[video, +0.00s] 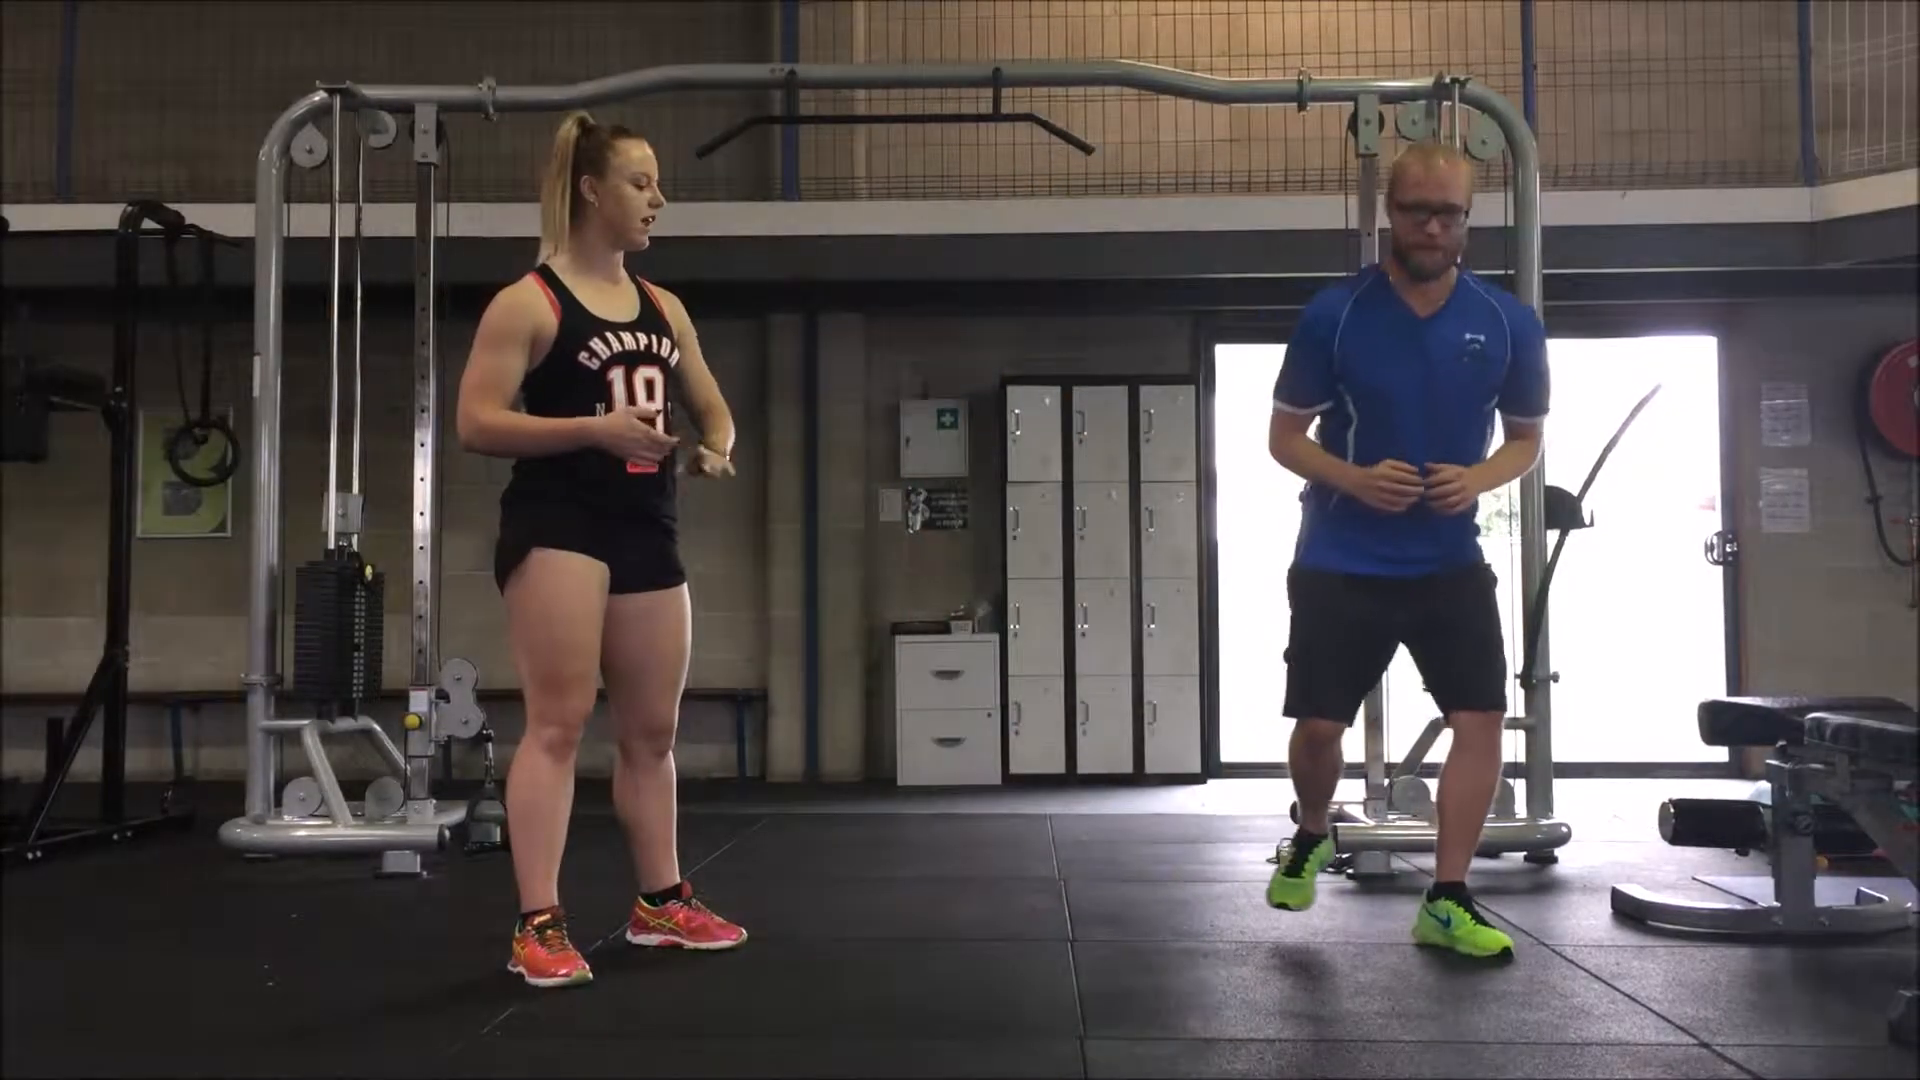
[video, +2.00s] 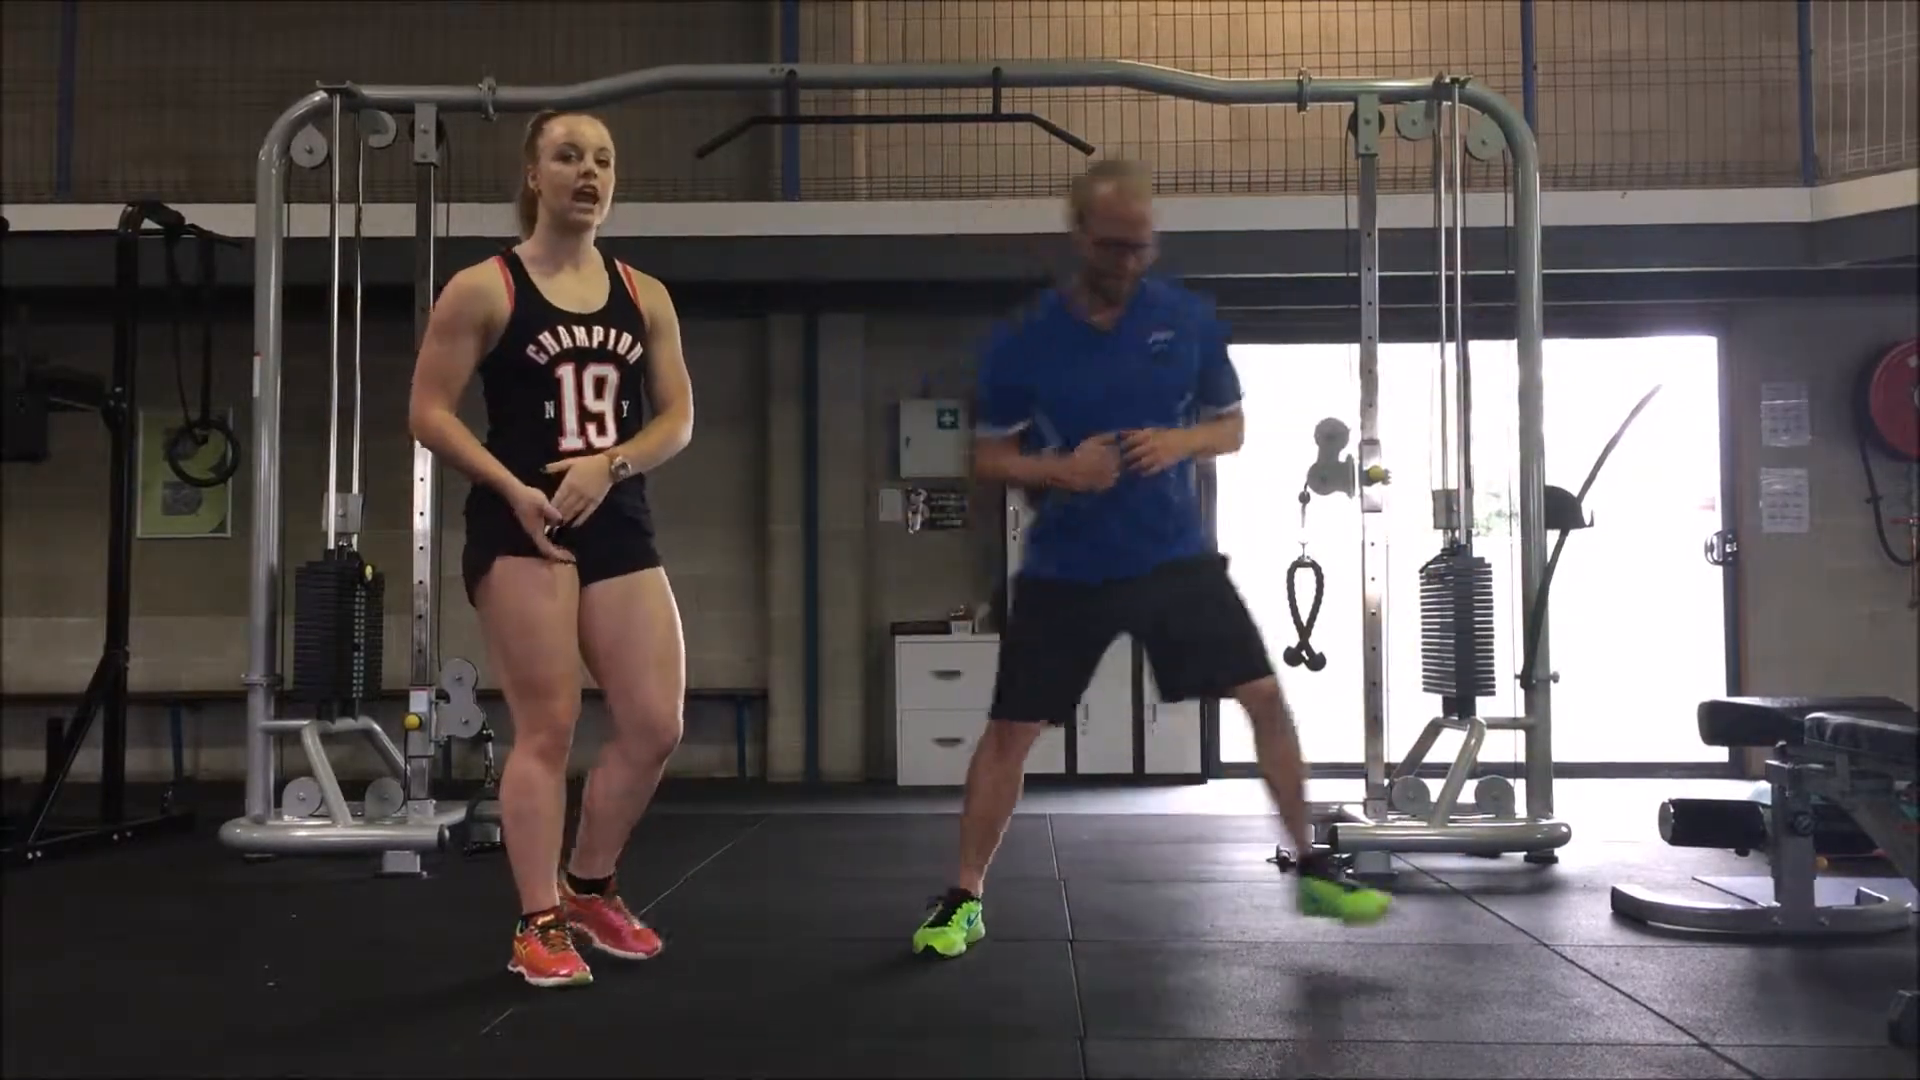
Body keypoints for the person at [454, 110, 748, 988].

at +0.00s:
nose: (655, 200)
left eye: (656, 186)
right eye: (640, 184)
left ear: (622, 199)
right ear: (587, 191)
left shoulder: (662, 306)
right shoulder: (526, 303)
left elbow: (712, 411)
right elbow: (477, 423)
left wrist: (714, 449)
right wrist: (593, 428)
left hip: (648, 536)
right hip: (559, 532)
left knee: (650, 735)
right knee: (555, 726)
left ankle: (662, 903)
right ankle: (539, 925)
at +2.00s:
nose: (588, 172)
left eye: (601, 161)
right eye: (569, 157)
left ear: (615, 185)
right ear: (531, 177)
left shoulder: (644, 296)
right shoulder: (483, 289)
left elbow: (677, 418)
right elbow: (428, 413)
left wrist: (610, 464)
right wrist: (512, 487)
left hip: (619, 526)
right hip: (521, 527)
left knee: (653, 722)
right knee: (544, 726)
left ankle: (587, 890)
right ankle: (539, 925)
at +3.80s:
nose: (641, 186)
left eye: (654, 173)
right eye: (622, 171)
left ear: (667, 190)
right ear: (586, 186)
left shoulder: (685, 300)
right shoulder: (545, 293)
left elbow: (704, 414)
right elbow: (500, 415)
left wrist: (721, 508)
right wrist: (598, 480)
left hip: (669, 536)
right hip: (571, 532)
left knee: (682, 725)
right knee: (548, 726)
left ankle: (673, 906)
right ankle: (538, 922)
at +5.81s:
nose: (636, 196)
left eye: (643, 183)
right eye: (617, 181)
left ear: (646, 195)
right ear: (568, 189)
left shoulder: (670, 304)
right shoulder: (515, 302)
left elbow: (692, 418)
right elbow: (468, 419)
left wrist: (687, 442)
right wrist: (538, 444)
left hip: (644, 530)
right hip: (550, 527)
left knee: (689, 722)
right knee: (548, 723)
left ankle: (674, 907)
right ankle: (538, 925)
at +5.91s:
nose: (643, 200)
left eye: (646, 186)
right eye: (626, 185)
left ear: (639, 198)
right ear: (575, 190)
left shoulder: (665, 302)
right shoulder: (511, 302)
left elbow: (695, 414)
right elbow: (464, 419)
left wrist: (687, 438)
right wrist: (537, 443)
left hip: (640, 529)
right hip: (547, 525)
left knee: (687, 722)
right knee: (547, 723)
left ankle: (674, 907)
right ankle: (538, 924)